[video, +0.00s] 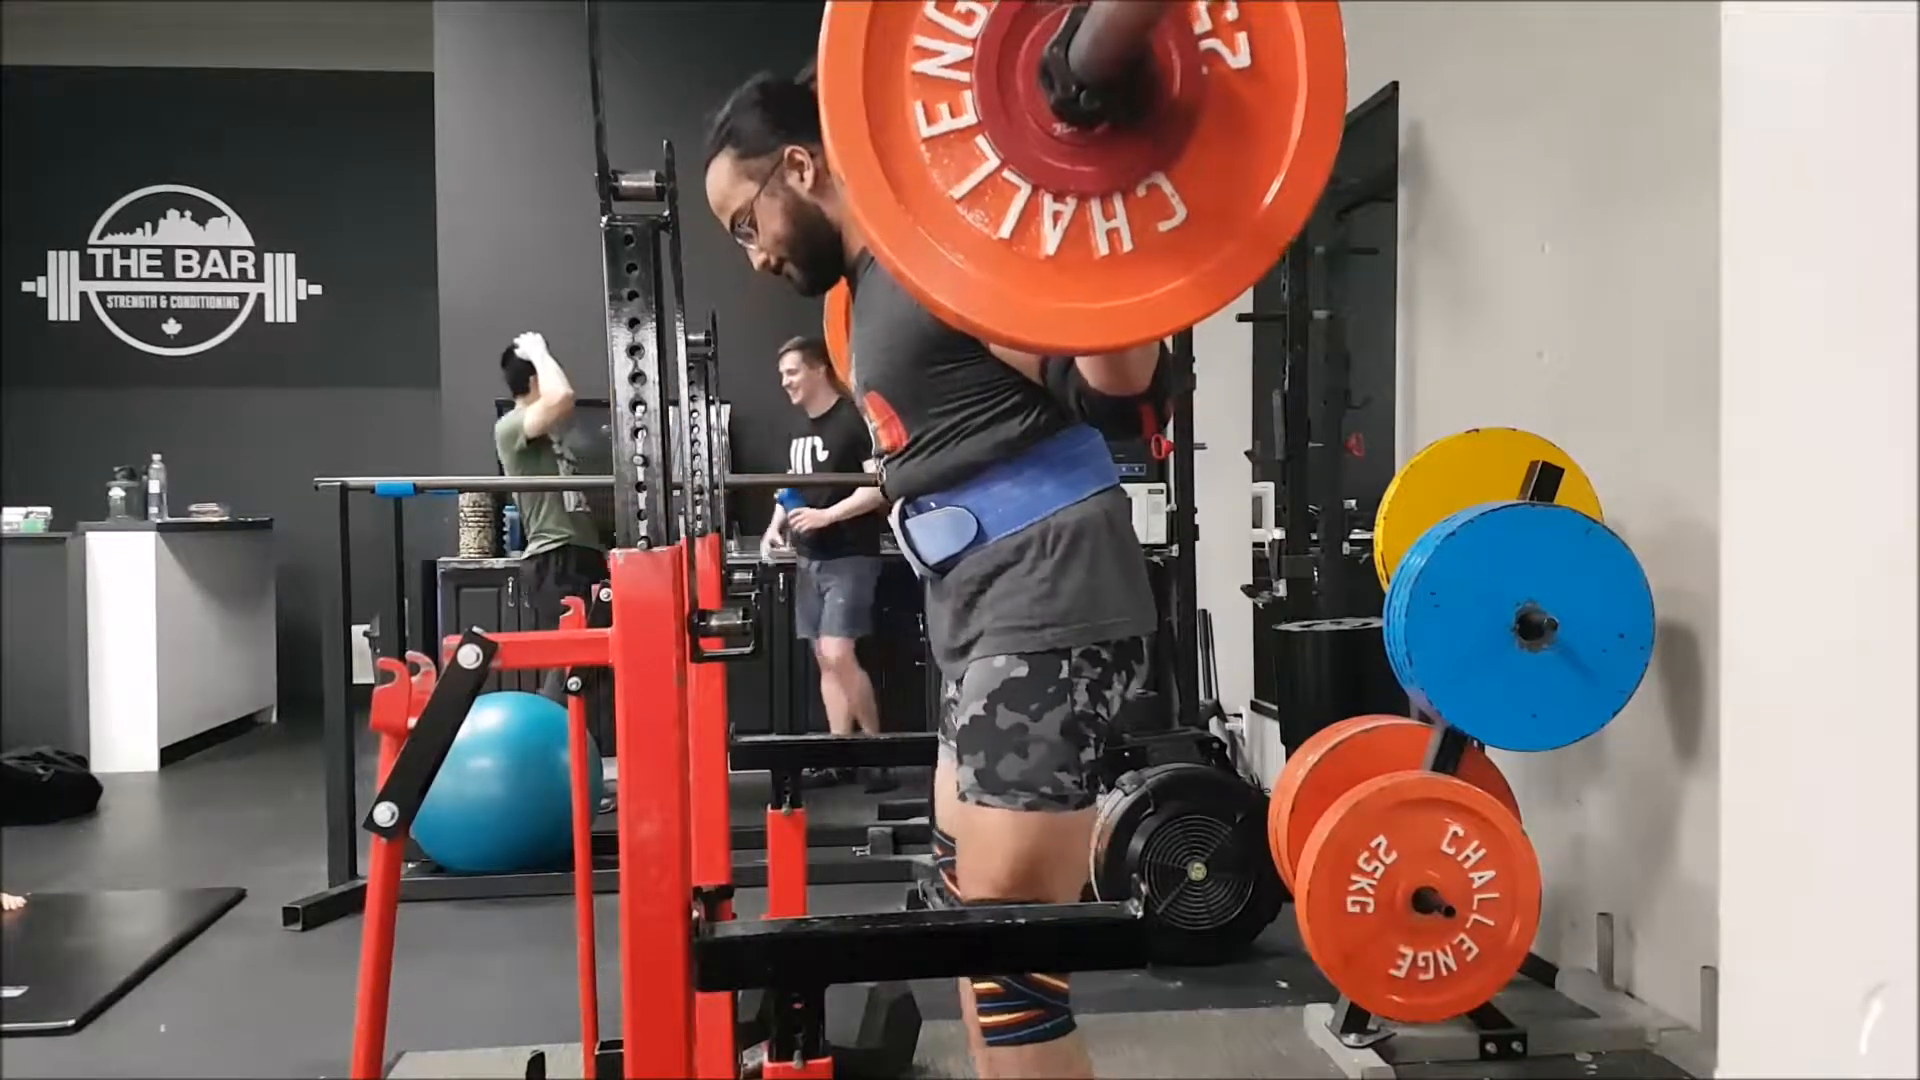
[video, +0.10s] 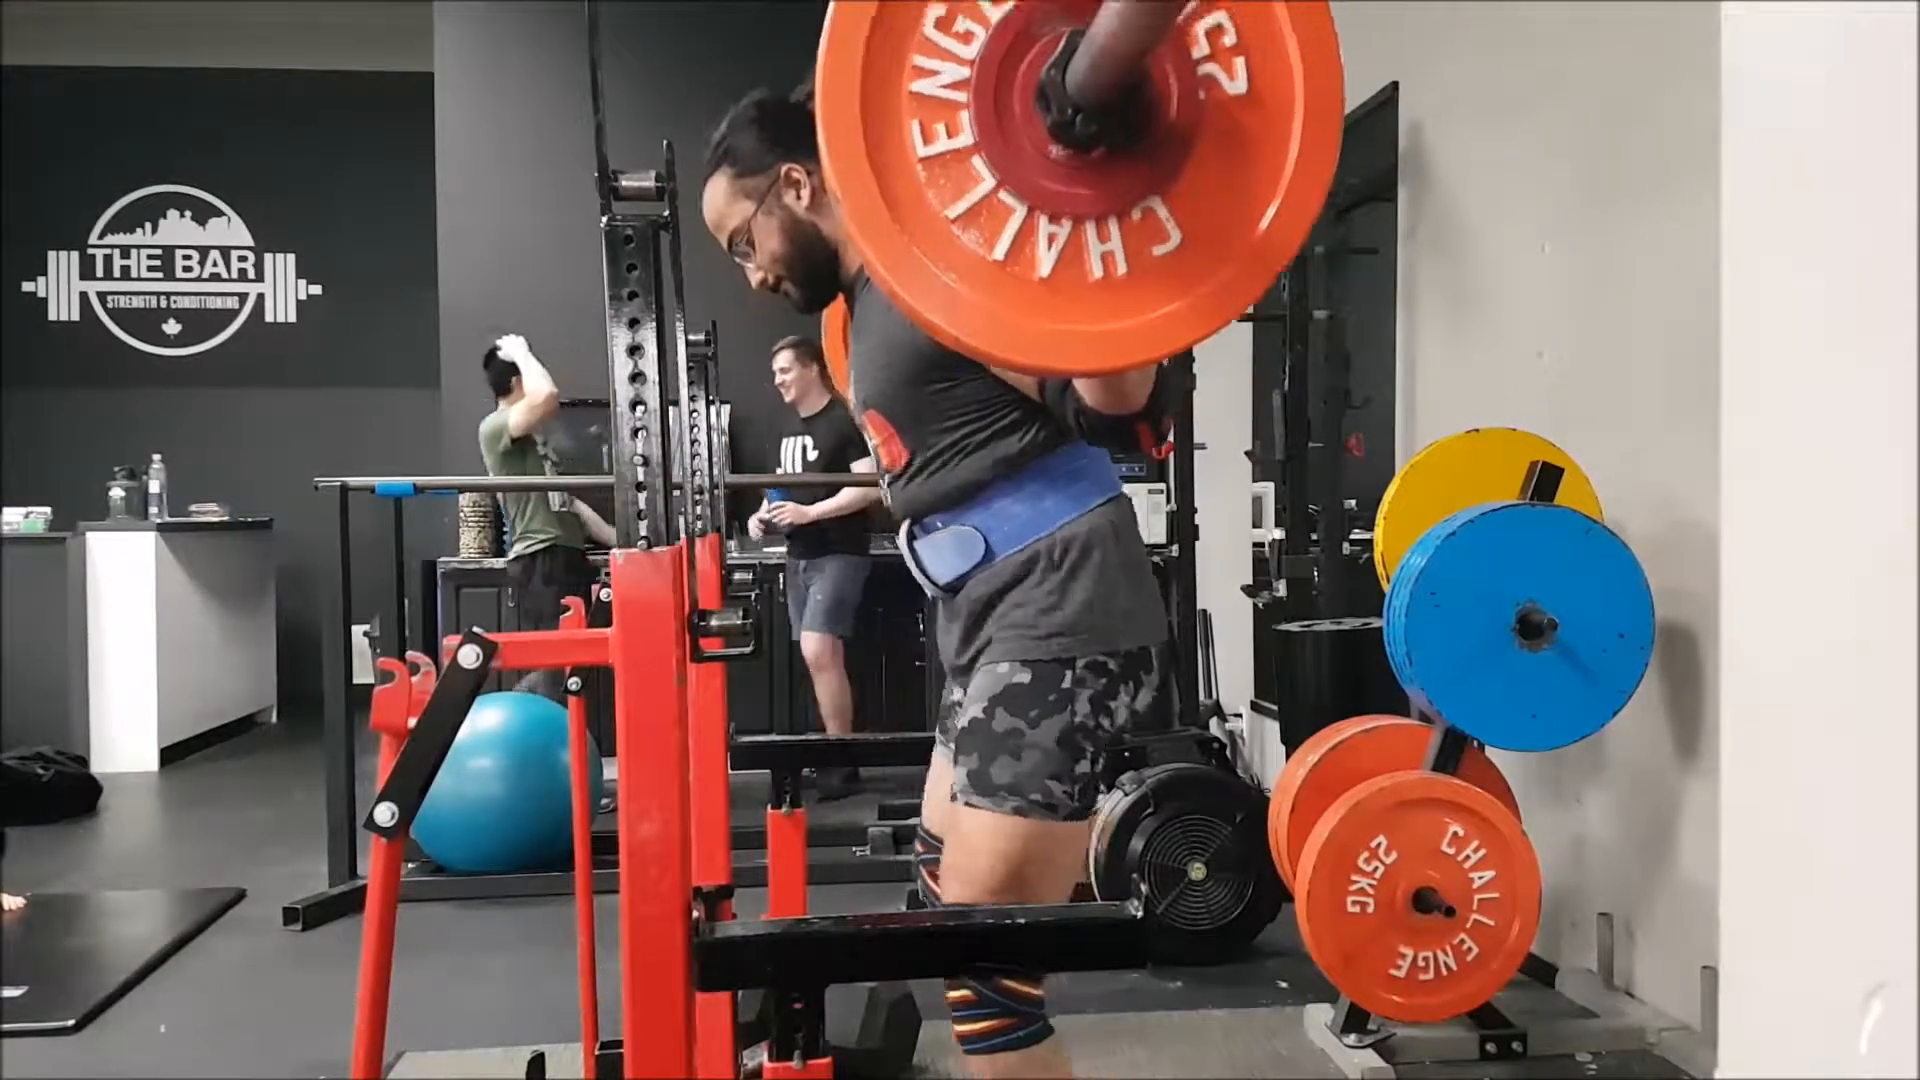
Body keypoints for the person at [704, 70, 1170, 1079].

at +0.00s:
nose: (752, 254)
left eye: (748, 220)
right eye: (737, 236)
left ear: (804, 164)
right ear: (799, 175)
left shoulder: (930, 241)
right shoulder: (862, 293)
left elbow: (1119, 371)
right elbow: (934, 456)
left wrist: (1134, 203)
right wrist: (834, 512)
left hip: (1046, 577)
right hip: (972, 592)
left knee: (1002, 931)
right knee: (969, 902)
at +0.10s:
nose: (752, 272)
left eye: (744, 239)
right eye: (735, 254)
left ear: (799, 180)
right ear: (794, 191)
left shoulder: (930, 254)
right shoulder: (865, 304)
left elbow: (1117, 388)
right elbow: (942, 464)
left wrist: (1124, 217)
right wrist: (826, 509)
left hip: (1061, 592)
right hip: (983, 608)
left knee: (978, 951)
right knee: (940, 889)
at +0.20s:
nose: (748, 301)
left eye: (743, 270)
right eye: (732, 284)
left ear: (795, 214)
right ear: (795, 224)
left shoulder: (924, 286)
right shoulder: (865, 333)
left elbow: (1116, 417)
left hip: (1080, 610)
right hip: (1000, 627)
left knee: (959, 946)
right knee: (928, 858)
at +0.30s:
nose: (743, 341)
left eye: (736, 312)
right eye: (727, 326)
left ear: (790, 257)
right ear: (789, 265)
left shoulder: (915, 325)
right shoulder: (854, 382)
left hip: (1097, 644)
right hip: (1011, 662)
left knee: (957, 950)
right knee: (923, 860)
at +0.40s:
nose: (737, 394)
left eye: (731, 365)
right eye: (722, 378)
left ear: (787, 312)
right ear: (784, 320)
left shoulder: (900, 365)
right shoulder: (849, 421)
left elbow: (1038, 281)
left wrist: (1125, 208)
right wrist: (814, 500)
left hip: (1119, 683)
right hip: (1027, 691)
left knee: (948, 999)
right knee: (915, 866)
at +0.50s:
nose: (740, 449)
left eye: (730, 416)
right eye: (724, 429)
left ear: (781, 364)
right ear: (783, 368)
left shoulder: (918, 411)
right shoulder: (855, 444)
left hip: (1126, 721)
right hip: (1023, 723)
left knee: (938, 1005)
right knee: (905, 868)